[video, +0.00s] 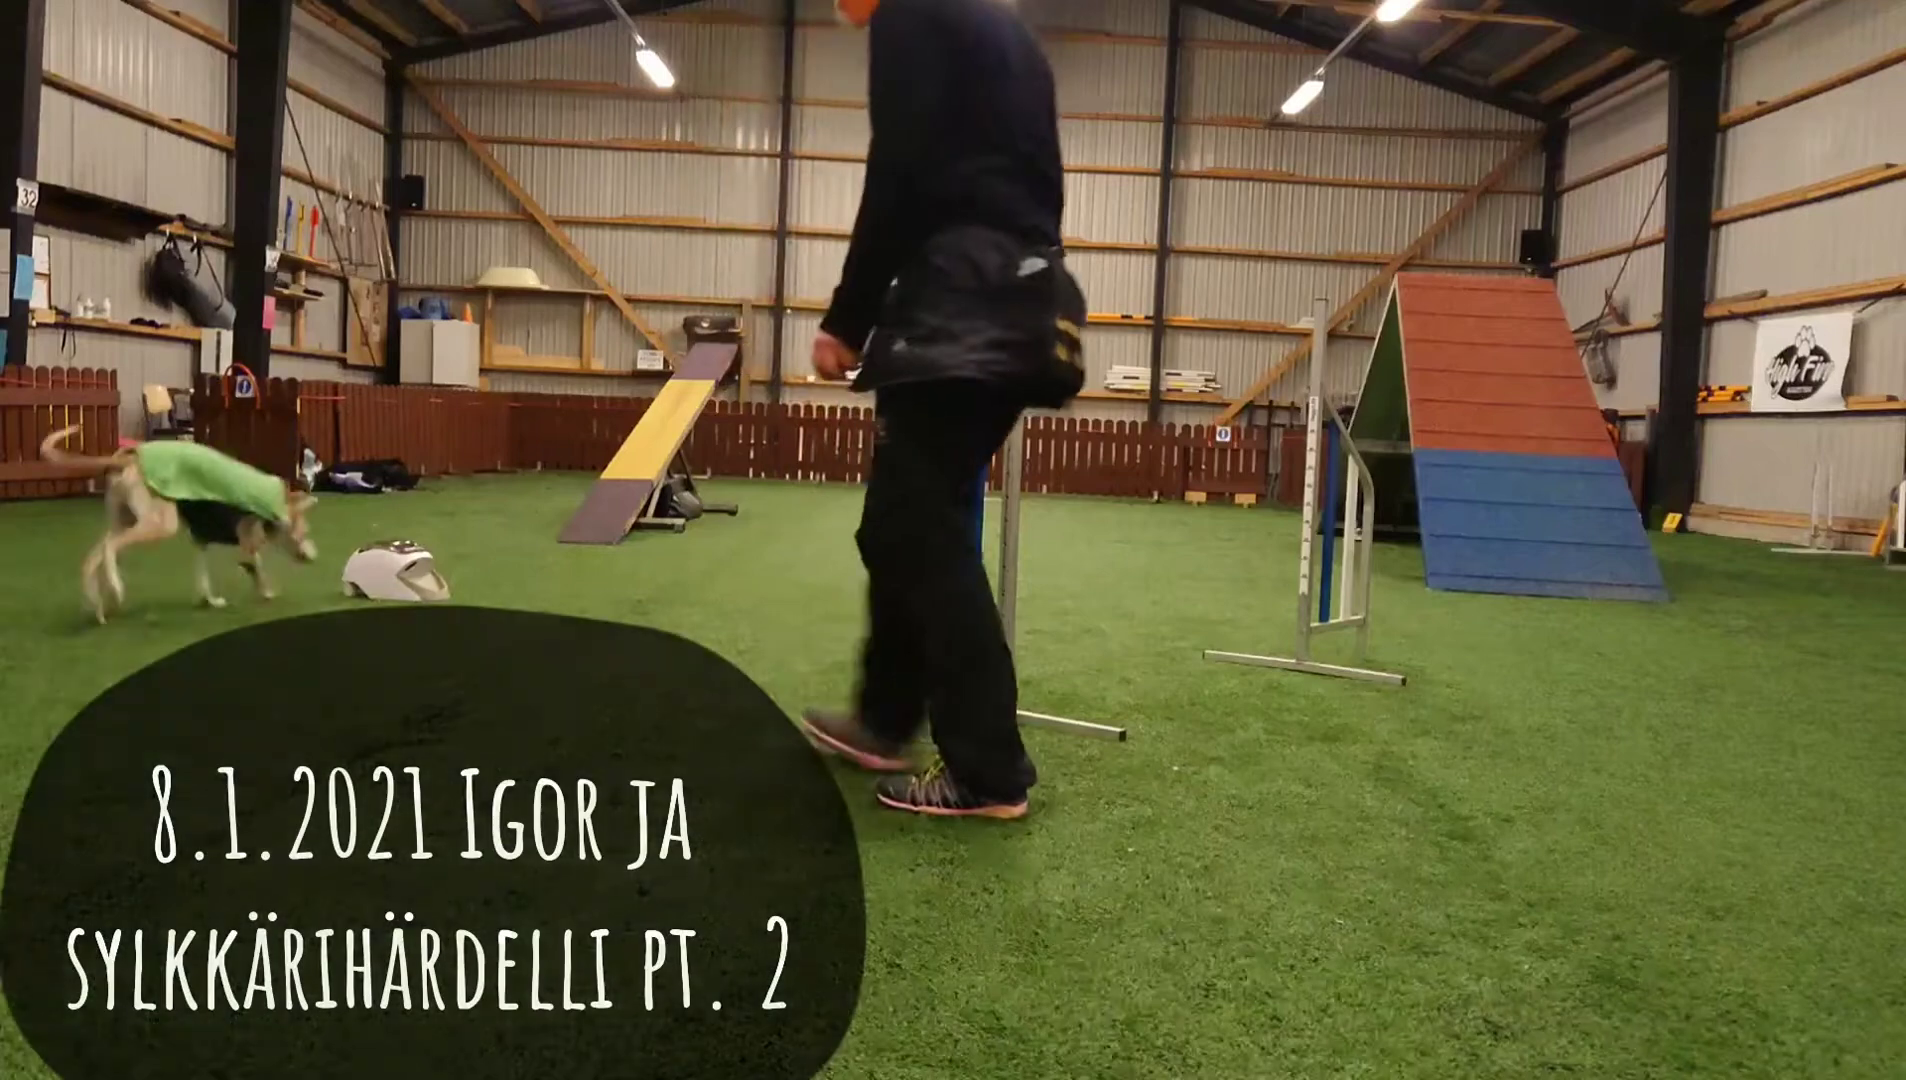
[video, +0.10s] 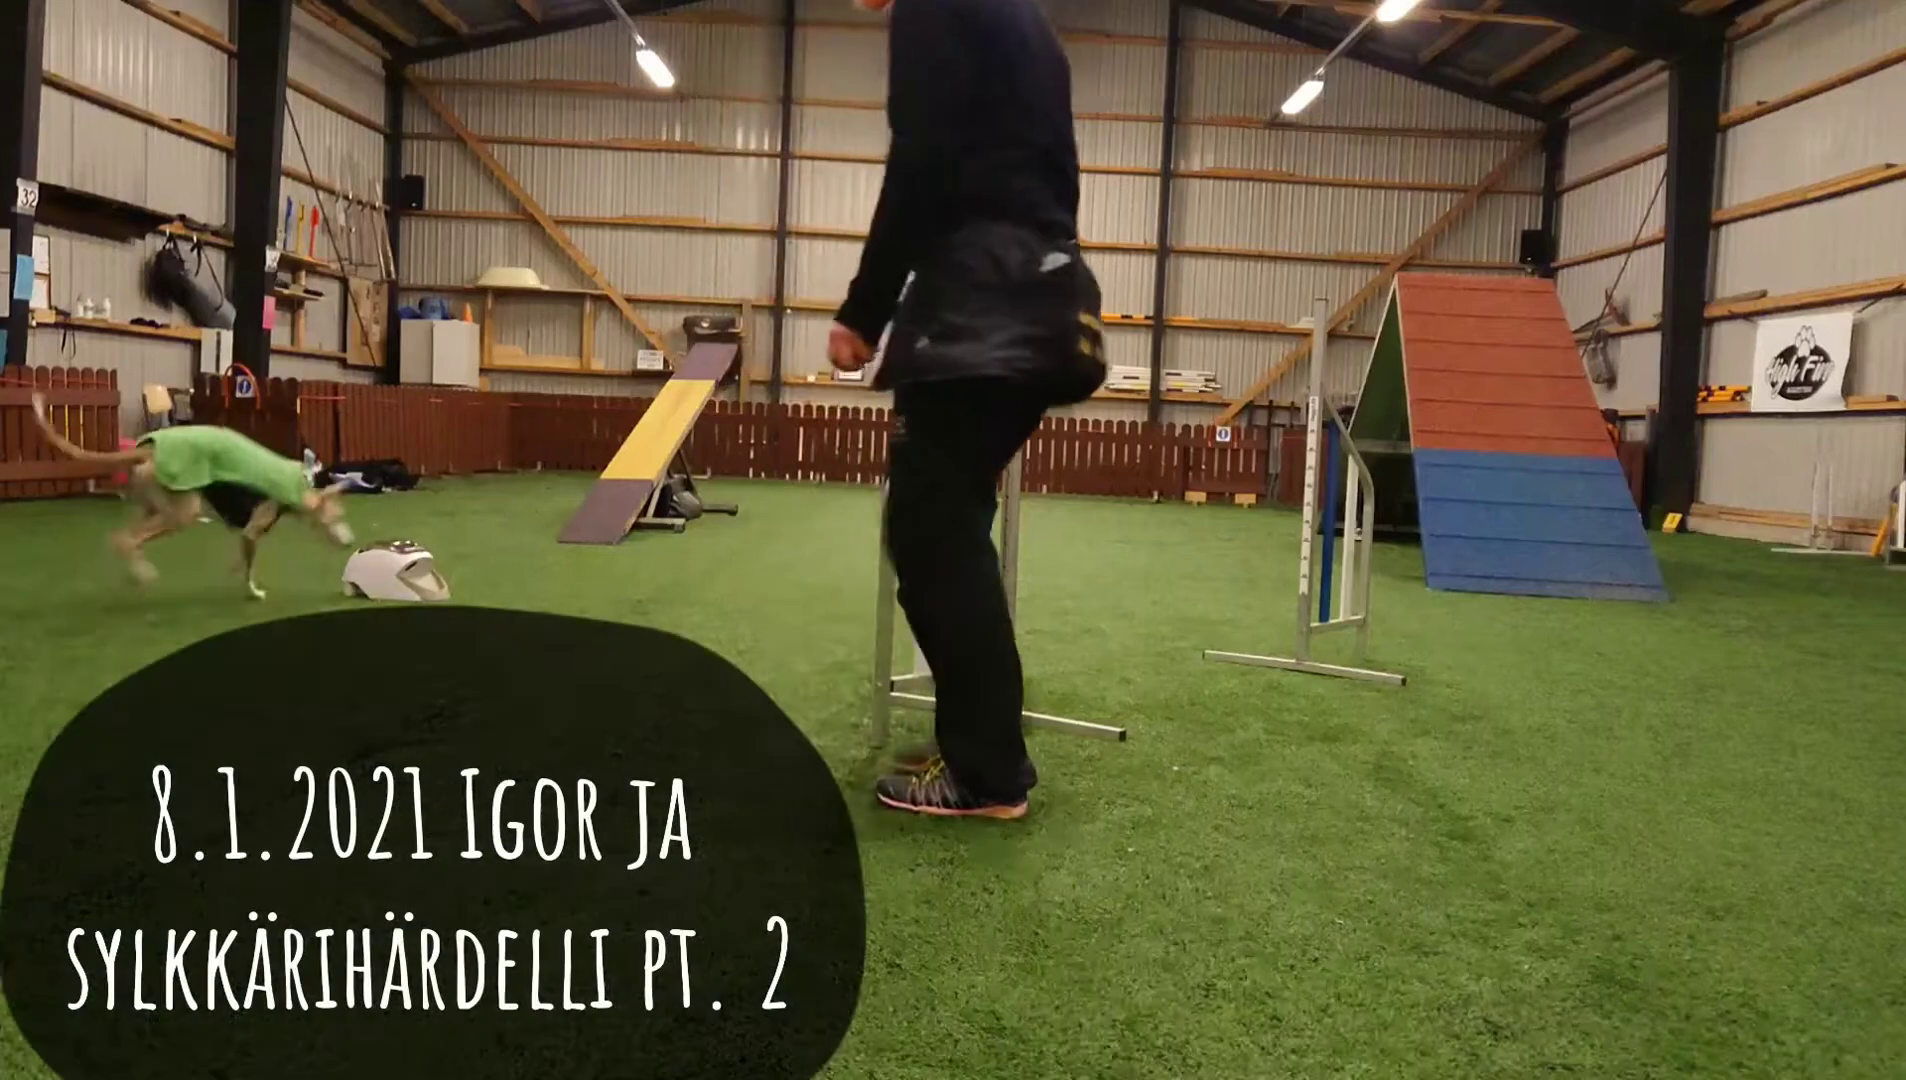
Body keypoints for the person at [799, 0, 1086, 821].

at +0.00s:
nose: (847, 7)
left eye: (850, 2)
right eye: (849, 5)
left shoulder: (909, 19)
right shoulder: (1013, 35)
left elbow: (900, 175)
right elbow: (1036, 195)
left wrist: (845, 319)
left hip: (947, 318)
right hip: (1013, 321)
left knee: (927, 542)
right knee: (898, 528)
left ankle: (991, 777)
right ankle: (883, 725)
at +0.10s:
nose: (871, 1)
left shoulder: (929, 12)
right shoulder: (1029, 26)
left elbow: (919, 166)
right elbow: (1054, 186)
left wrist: (862, 313)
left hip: (976, 317)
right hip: (1037, 316)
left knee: (927, 528)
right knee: (940, 525)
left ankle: (988, 775)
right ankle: (984, 756)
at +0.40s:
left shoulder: (994, 13)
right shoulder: (1073, 22)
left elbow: (1008, 148)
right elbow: (1084, 162)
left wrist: (991, 302)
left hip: (1022, 329)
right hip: (1097, 324)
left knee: (970, 551)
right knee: (1077, 548)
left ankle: (987, 774)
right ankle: (1103, 776)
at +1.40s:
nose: (902, 32)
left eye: (903, 19)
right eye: (897, 26)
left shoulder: (972, 7)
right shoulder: (1073, 24)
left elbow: (1018, 132)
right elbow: (1070, 207)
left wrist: (991, 320)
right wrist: (958, 334)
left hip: (1141, 293)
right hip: (1238, 288)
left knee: (1059, 563)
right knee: (1164, 552)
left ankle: (1096, 846)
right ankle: (1154, 802)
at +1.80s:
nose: (993, 143)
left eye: (990, 109)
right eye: (989, 127)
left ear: (1015, 36)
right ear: (1089, 27)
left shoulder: (1028, 51)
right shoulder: (1166, 81)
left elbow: (1056, 163)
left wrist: (1037, 349)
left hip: (1198, 297)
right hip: (1334, 296)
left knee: (1135, 588)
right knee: (1293, 581)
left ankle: (1104, 847)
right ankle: (1271, 828)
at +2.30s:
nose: (1031, 43)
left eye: (1033, 34)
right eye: (1036, 35)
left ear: (1057, 31)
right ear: (1128, 34)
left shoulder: (1051, 66)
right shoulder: (1179, 85)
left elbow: (1051, 191)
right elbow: (1221, 240)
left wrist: (1009, 346)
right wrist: (1189, 420)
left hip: (1158, 304)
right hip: (1281, 311)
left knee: (1062, 557)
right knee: (1264, 574)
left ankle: (997, 792)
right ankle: (1270, 826)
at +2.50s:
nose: (994, 32)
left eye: (997, 25)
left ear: (1013, 27)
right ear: (1090, 33)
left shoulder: (990, 76)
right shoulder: (1132, 88)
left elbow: (971, 202)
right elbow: (1155, 218)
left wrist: (923, 354)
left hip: (1061, 337)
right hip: (1188, 336)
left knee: (976, 549)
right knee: (1209, 568)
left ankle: (898, 737)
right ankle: (1261, 808)